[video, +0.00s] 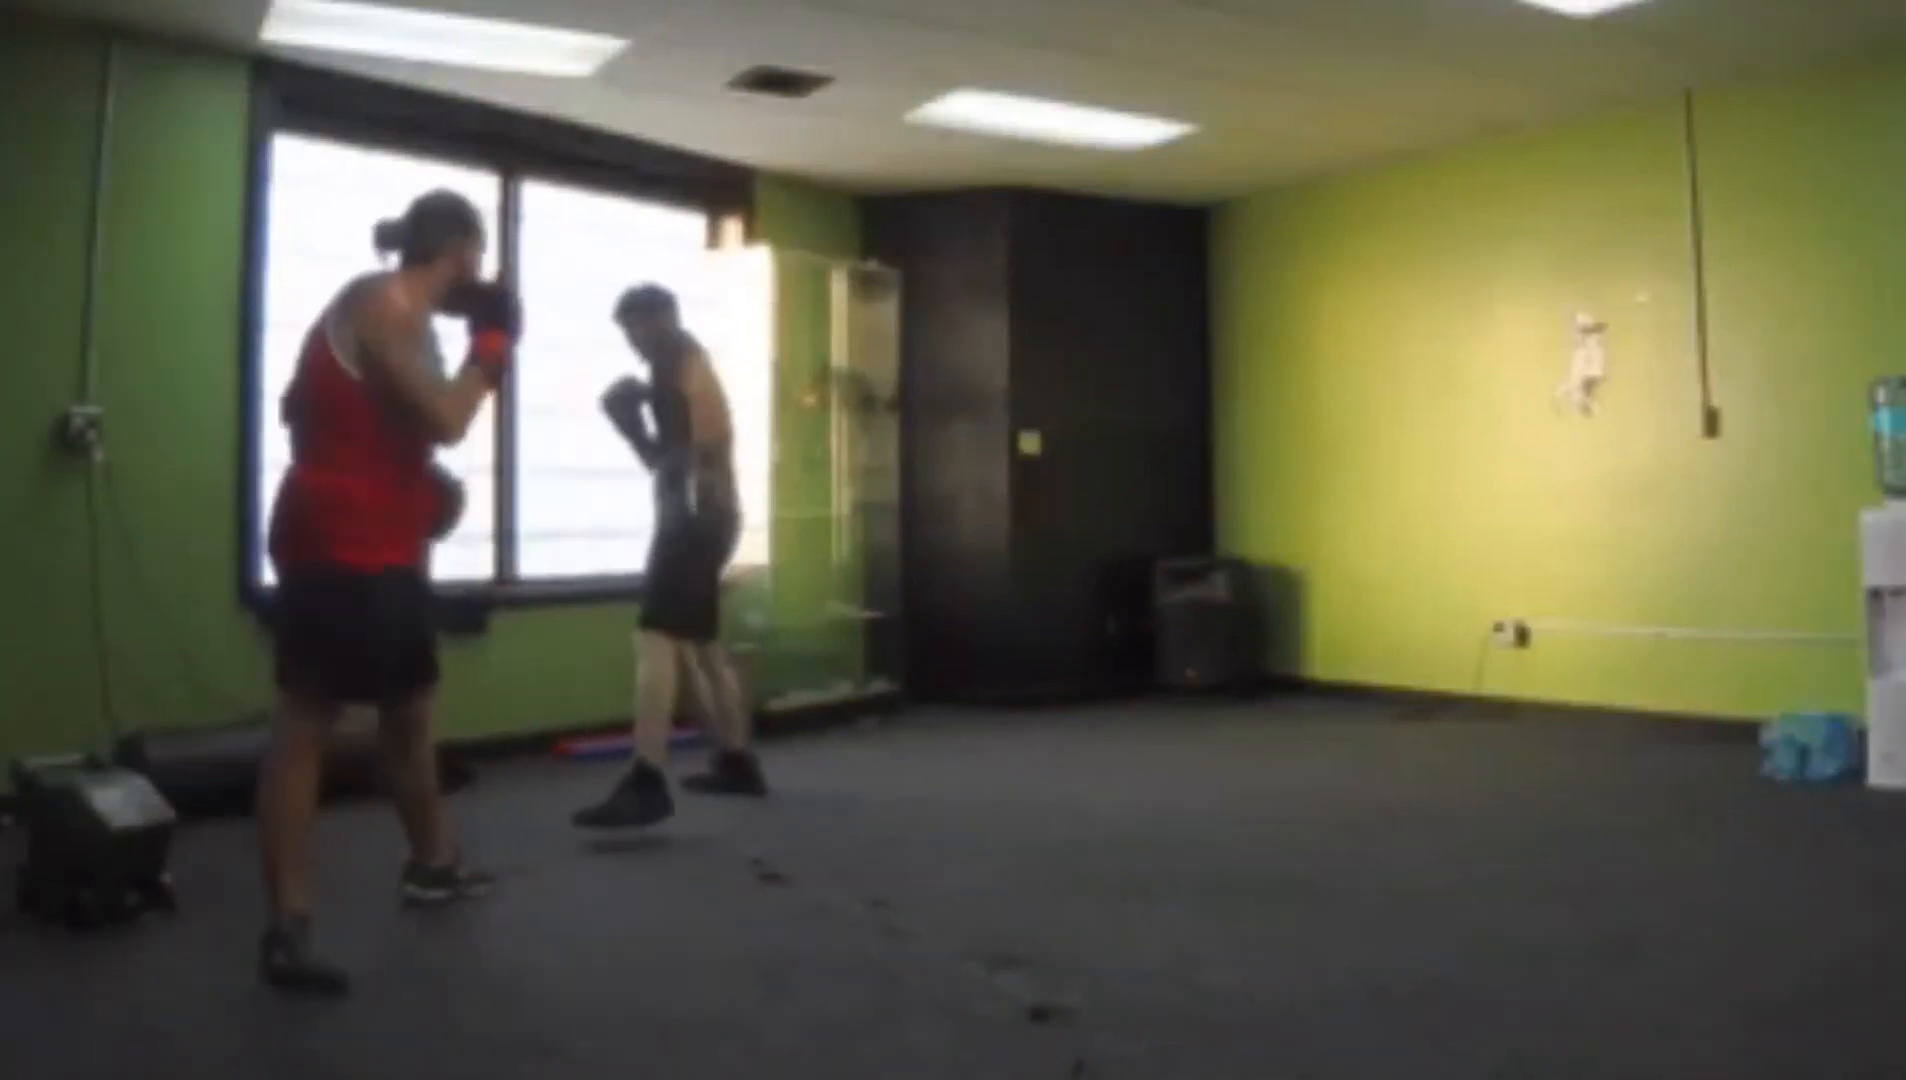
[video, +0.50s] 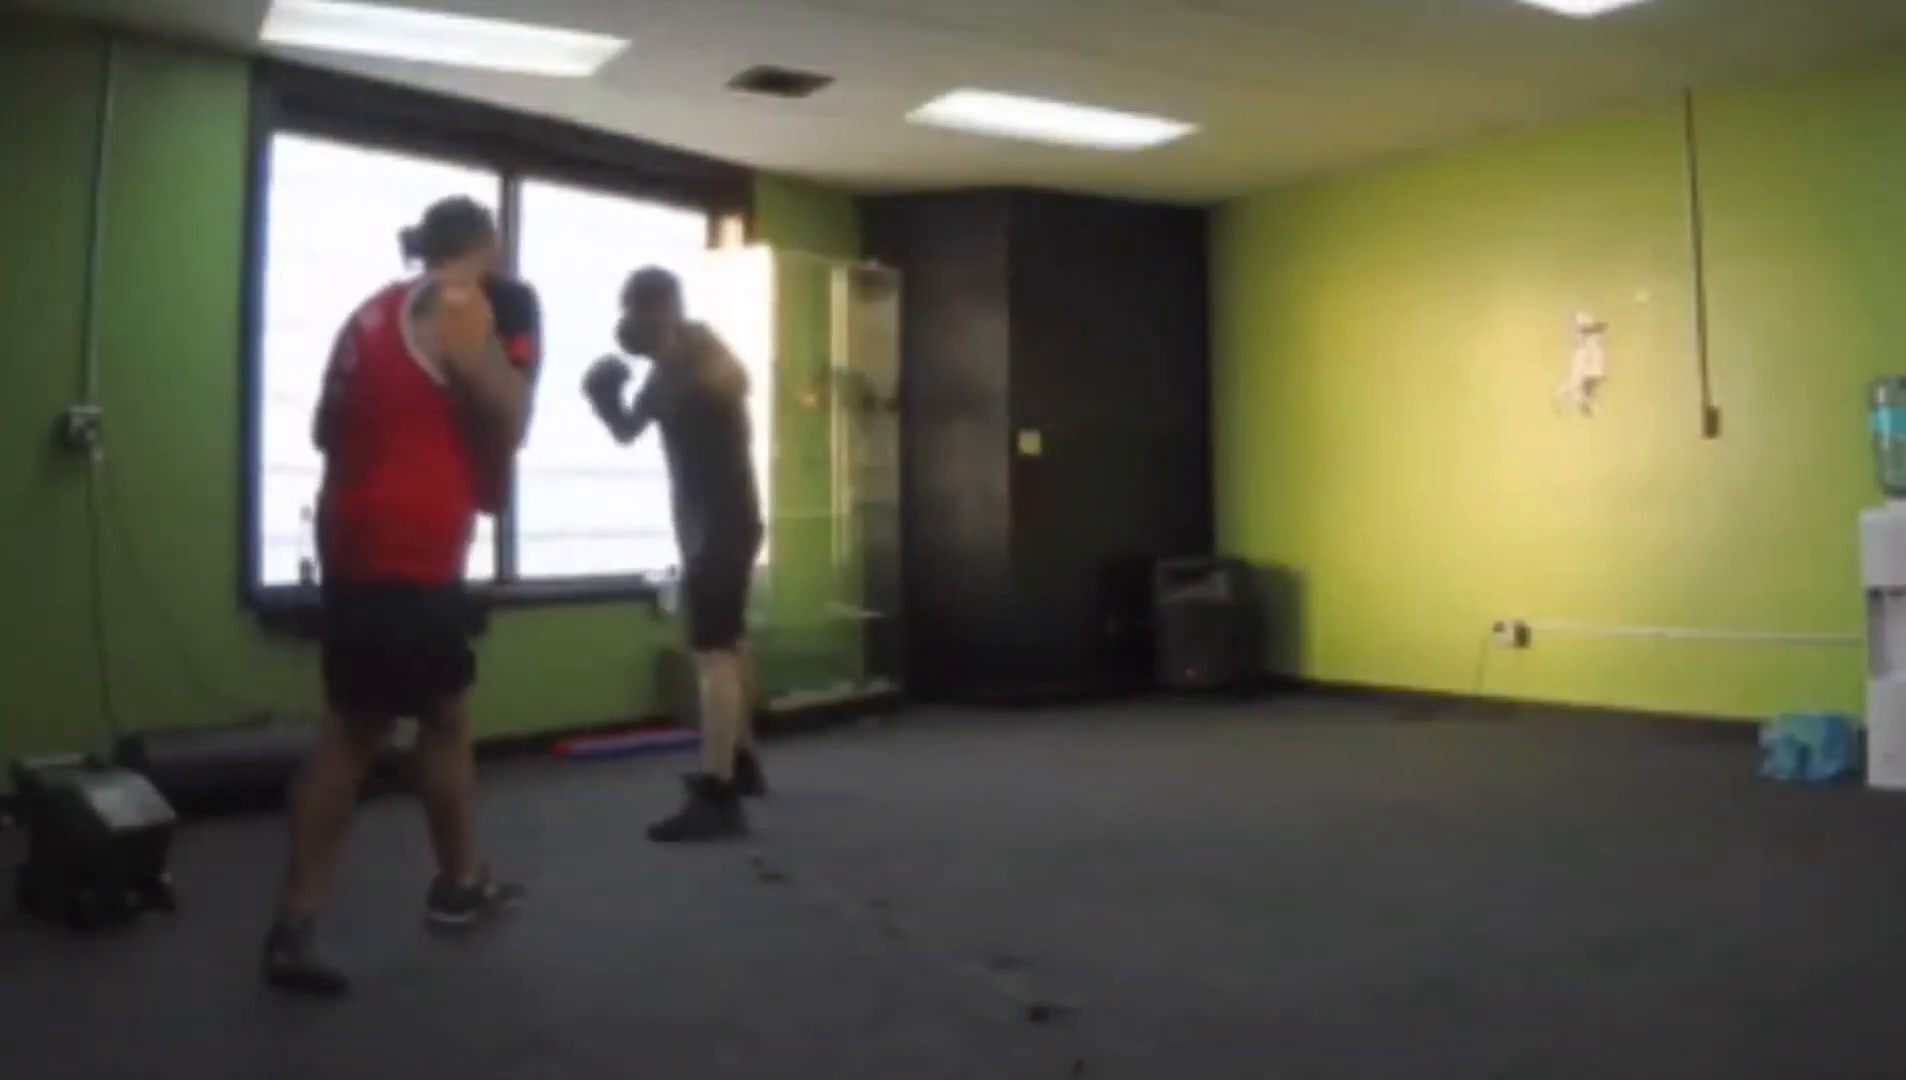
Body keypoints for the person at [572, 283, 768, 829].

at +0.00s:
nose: (634, 342)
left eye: (638, 331)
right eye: (629, 333)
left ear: (662, 321)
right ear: (644, 327)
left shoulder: (683, 366)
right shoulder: (673, 369)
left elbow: (688, 448)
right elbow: (663, 456)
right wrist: (631, 419)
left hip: (696, 508)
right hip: (695, 506)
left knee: (657, 636)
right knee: (700, 641)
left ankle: (648, 775)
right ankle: (736, 758)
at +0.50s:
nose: (624, 327)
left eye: (630, 315)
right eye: (624, 315)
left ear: (657, 312)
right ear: (665, 309)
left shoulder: (679, 362)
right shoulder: (701, 352)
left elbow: (625, 429)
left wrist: (602, 391)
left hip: (715, 527)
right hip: (726, 521)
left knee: (714, 653)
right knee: (724, 647)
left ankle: (715, 788)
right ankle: (738, 759)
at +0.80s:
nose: (639, 326)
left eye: (641, 313)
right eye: (633, 316)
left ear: (654, 305)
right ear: (640, 312)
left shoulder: (679, 346)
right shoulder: (653, 356)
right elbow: (608, 402)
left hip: (733, 518)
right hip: (716, 518)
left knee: (722, 651)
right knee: (725, 647)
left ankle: (719, 787)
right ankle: (739, 757)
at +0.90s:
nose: (632, 320)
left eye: (635, 308)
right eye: (627, 311)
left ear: (653, 303)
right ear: (635, 311)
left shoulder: (686, 340)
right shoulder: (653, 353)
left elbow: (721, 396)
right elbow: (637, 420)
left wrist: (649, 380)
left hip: (736, 516)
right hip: (711, 517)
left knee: (723, 649)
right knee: (725, 645)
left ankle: (719, 788)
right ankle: (745, 752)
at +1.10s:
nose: (627, 330)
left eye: (631, 316)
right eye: (622, 319)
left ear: (651, 304)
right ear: (649, 304)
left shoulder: (692, 343)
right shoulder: (645, 361)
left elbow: (754, 402)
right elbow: (637, 428)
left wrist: (703, 437)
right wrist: (650, 445)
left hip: (731, 517)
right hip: (701, 519)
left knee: (717, 649)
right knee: (727, 645)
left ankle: (719, 787)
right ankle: (747, 755)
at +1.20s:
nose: (635, 325)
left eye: (637, 314)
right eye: (636, 314)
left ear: (648, 312)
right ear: (675, 304)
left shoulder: (688, 351)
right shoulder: (684, 351)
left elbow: (761, 409)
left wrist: (710, 445)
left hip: (718, 514)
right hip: (710, 512)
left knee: (711, 652)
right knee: (725, 647)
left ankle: (718, 788)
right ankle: (748, 756)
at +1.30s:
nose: (644, 330)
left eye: (647, 319)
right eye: (650, 318)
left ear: (658, 319)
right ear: (690, 312)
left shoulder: (685, 356)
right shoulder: (713, 351)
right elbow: (764, 411)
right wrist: (715, 438)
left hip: (710, 518)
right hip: (723, 515)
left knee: (703, 649)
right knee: (726, 643)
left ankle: (718, 786)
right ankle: (747, 756)